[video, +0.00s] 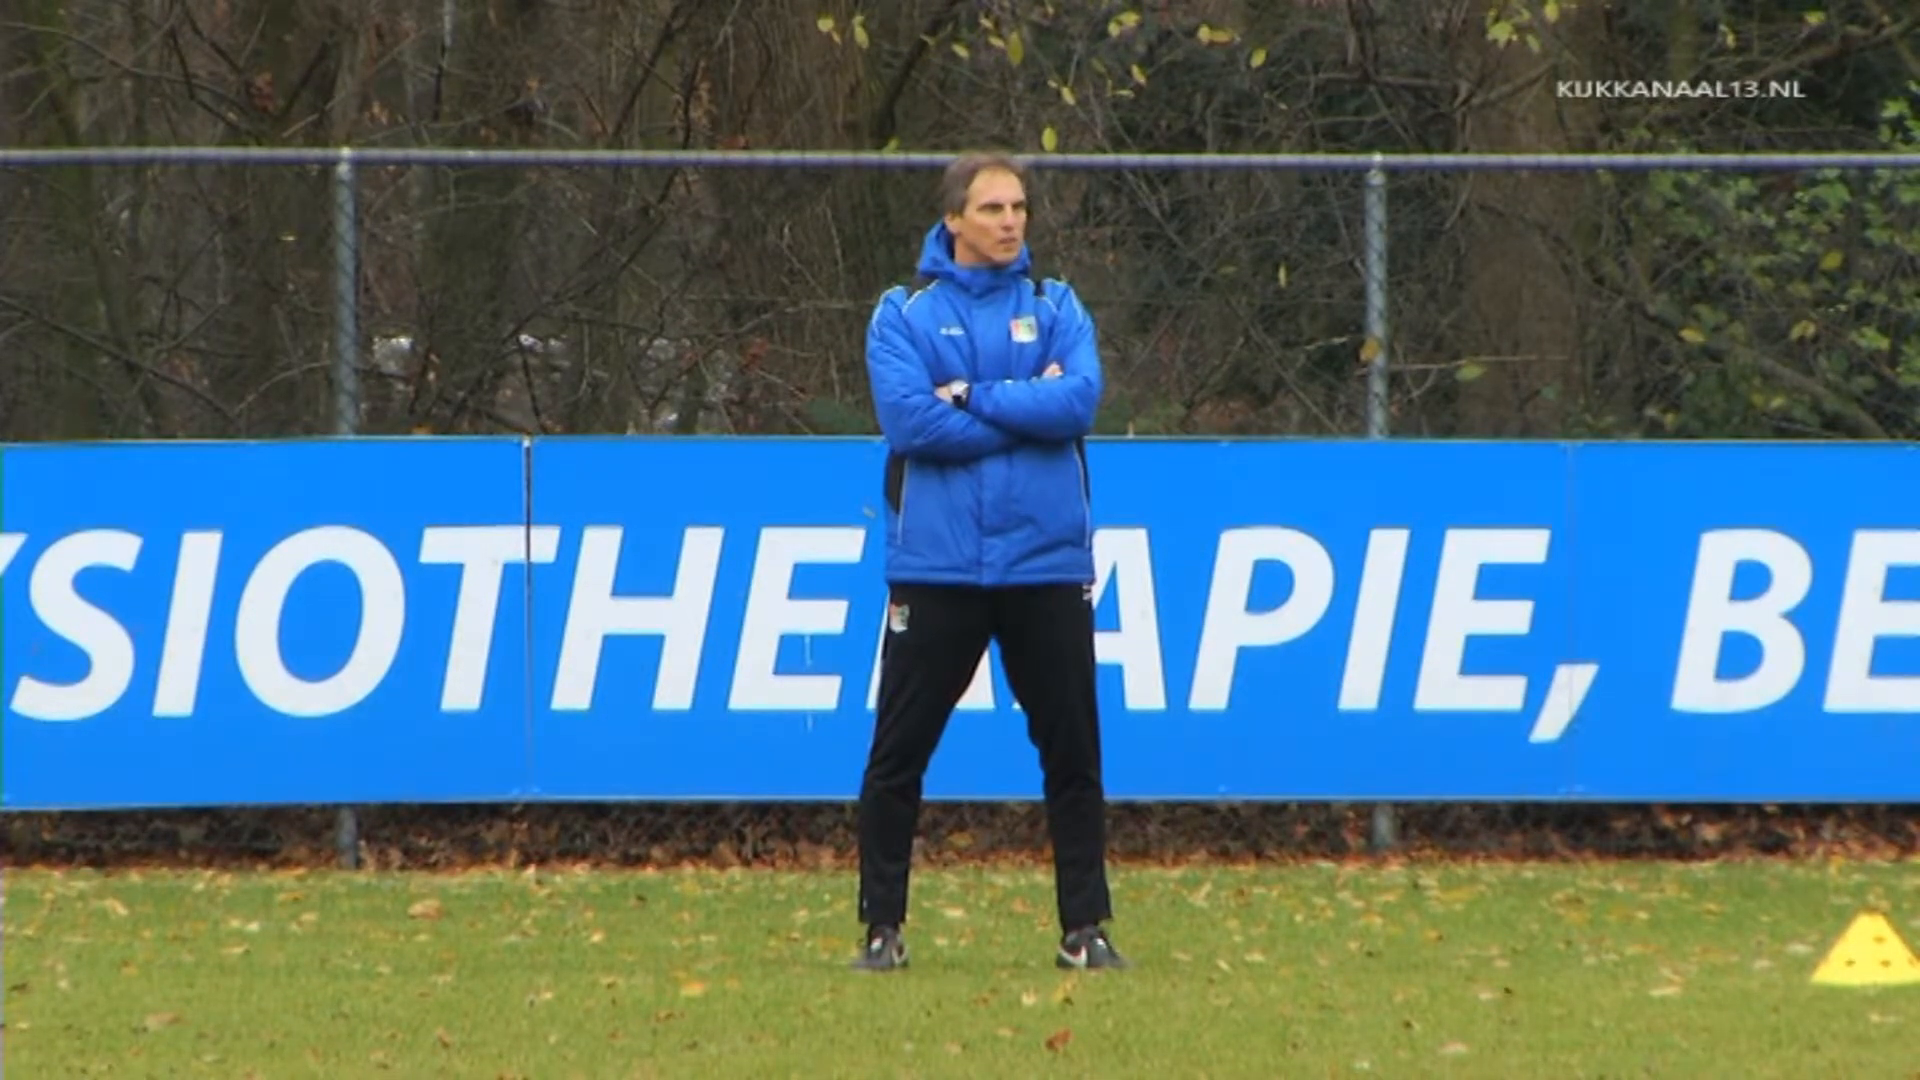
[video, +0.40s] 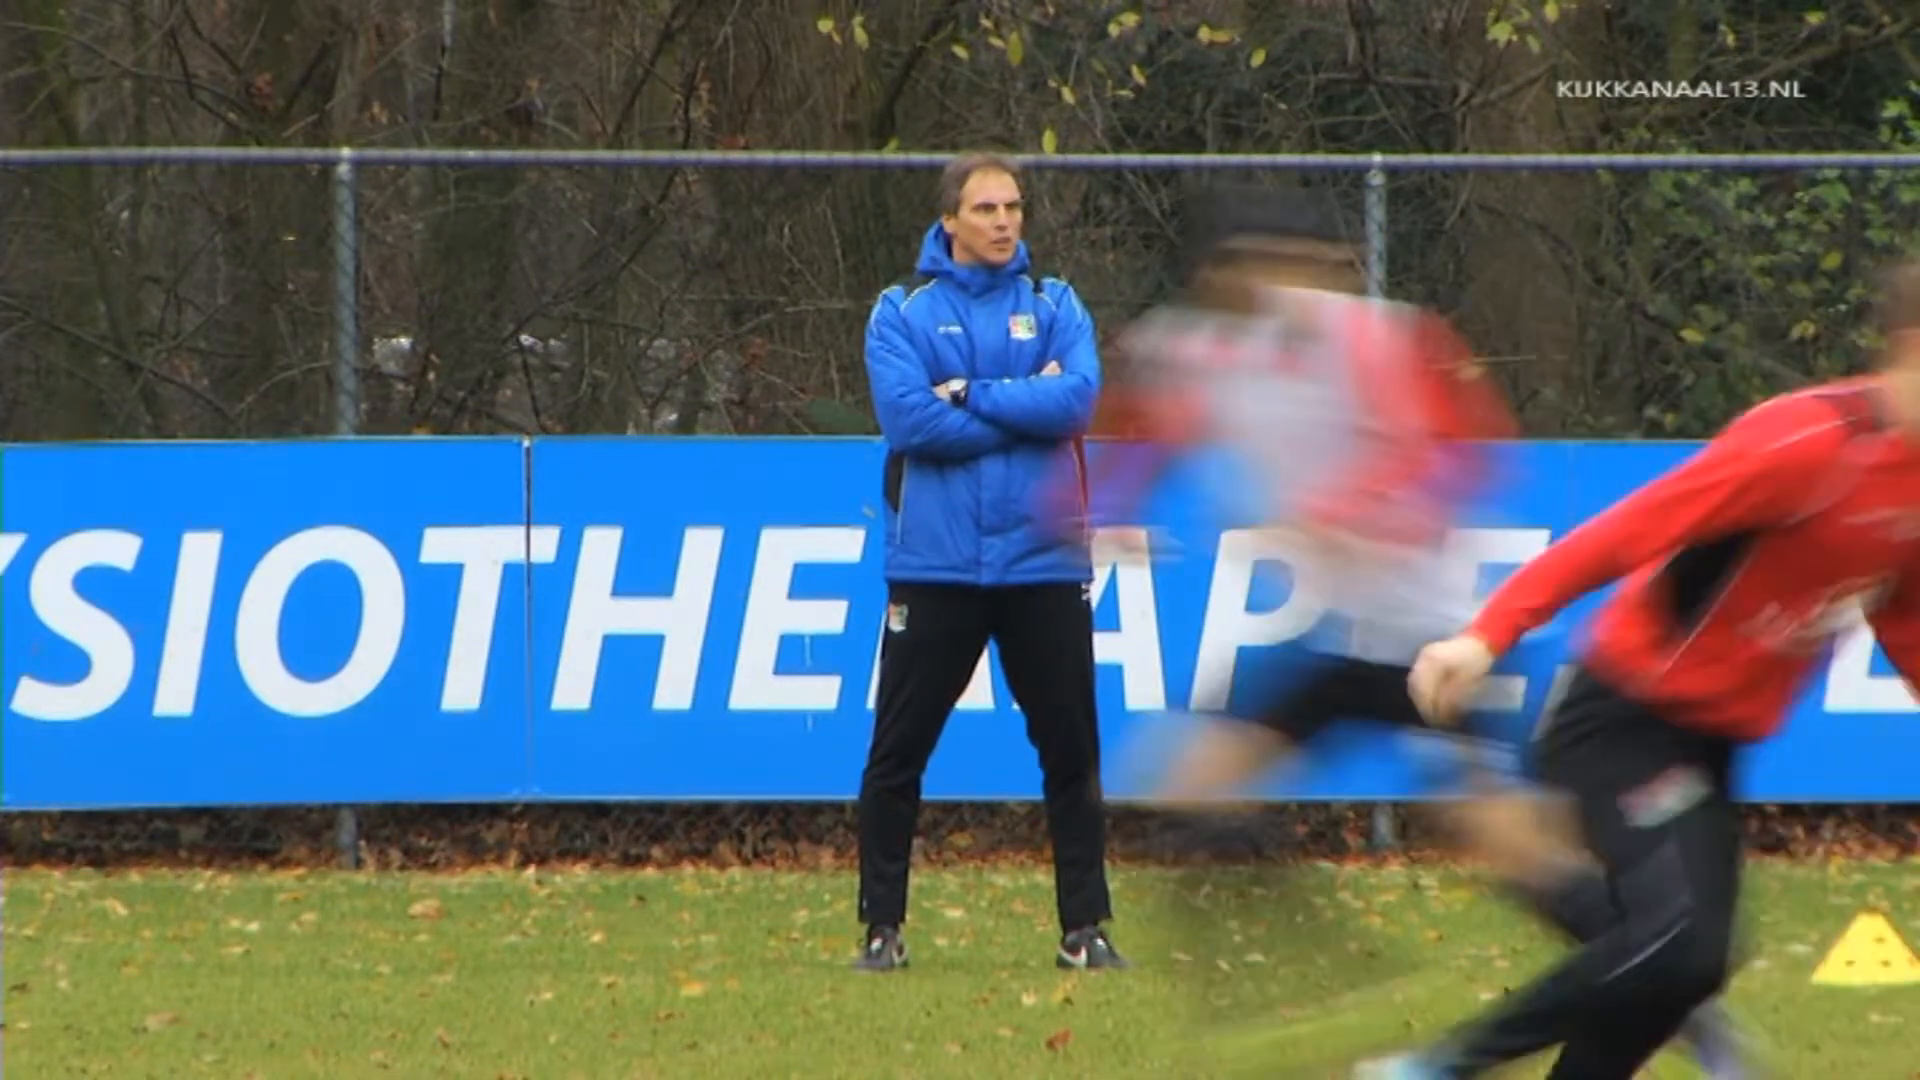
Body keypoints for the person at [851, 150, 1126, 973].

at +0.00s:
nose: (1009, 221)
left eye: (1018, 208)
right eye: (992, 209)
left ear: (1029, 218)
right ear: (954, 221)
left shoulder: (1057, 305)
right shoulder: (902, 313)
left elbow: (1078, 403)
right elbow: (913, 426)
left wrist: (968, 393)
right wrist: (1023, 413)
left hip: (1048, 567)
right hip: (939, 570)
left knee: (1073, 751)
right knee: (900, 752)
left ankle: (1085, 930)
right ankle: (882, 929)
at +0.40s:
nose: (1003, 221)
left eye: (1012, 208)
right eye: (986, 209)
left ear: (1024, 218)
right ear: (950, 221)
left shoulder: (1057, 305)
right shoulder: (899, 312)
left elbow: (1075, 401)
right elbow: (912, 425)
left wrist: (964, 392)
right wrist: (1023, 413)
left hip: (1045, 567)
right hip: (937, 570)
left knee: (1071, 751)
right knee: (899, 753)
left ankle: (1085, 930)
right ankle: (882, 929)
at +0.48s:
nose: (1000, 228)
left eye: (1012, 212)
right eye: (984, 213)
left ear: (1032, 218)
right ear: (951, 221)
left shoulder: (1060, 314)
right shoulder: (905, 318)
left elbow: (1094, 421)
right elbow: (915, 437)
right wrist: (993, 344)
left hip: (1044, 567)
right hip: (940, 570)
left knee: (1070, 742)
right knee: (899, 749)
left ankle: (1085, 927)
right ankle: (883, 926)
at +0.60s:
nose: (1001, 221)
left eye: (1012, 207)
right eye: (984, 208)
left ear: (1025, 217)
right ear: (950, 220)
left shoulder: (1057, 304)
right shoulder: (900, 311)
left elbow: (1076, 400)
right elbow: (912, 430)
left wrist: (964, 395)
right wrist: (1023, 411)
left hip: (1048, 566)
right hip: (936, 570)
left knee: (1070, 751)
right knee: (899, 750)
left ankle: (1086, 928)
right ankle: (881, 924)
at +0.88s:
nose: (996, 219)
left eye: (1007, 205)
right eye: (979, 206)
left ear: (1023, 216)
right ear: (950, 218)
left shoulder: (1059, 305)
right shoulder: (900, 312)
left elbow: (1076, 403)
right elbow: (911, 423)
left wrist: (965, 392)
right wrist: (1020, 415)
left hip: (1044, 567)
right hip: (934, 568)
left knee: (1070, 750)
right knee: (898, 751)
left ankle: (1085, 930)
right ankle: (882, 929)